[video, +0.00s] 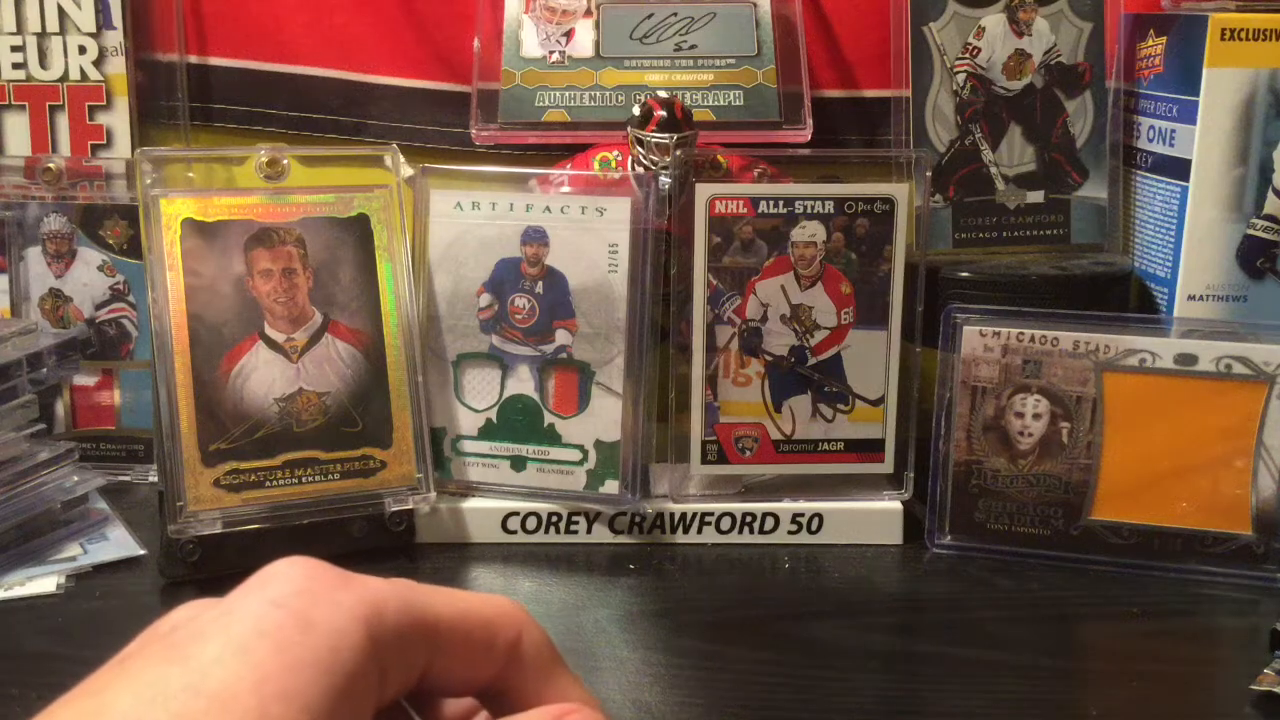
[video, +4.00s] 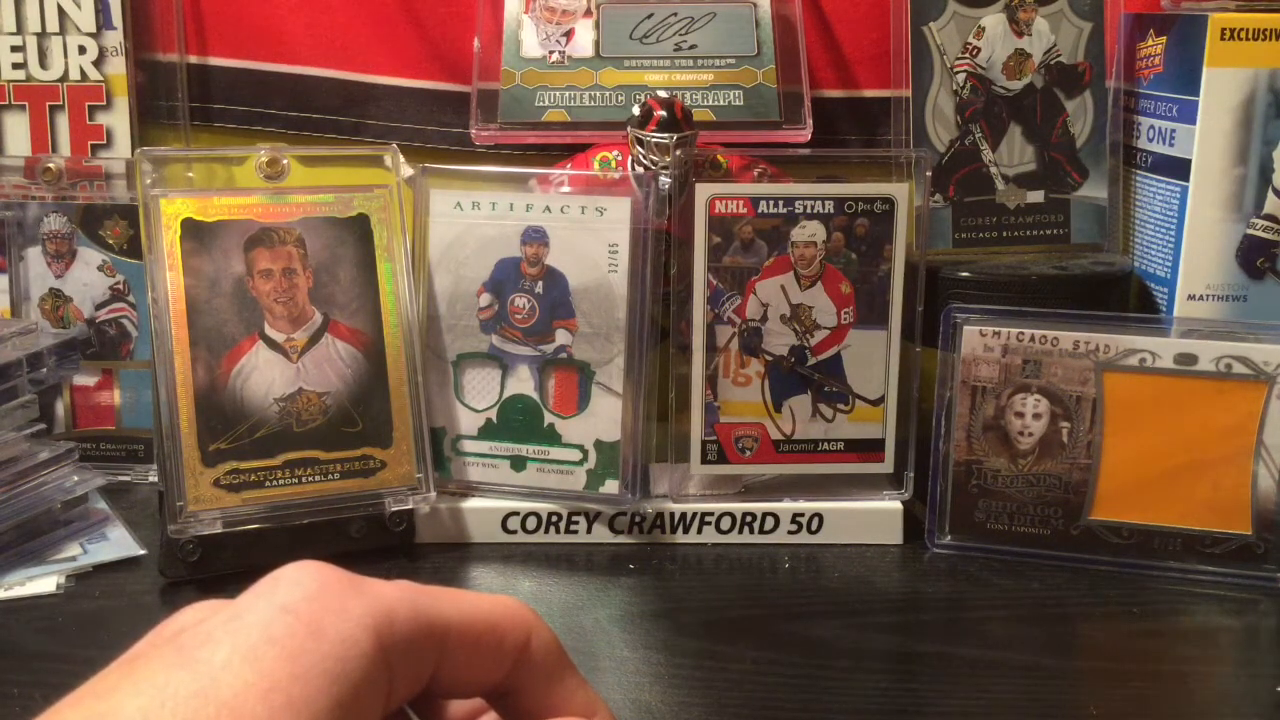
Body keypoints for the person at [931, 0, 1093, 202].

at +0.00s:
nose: (1029, 17)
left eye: (1033, 11)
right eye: (1024, 10)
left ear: (1037, 10)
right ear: (1010, 9)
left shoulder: (1041, 27)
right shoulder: (990, 26)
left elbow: (1051, 58)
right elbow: (965, 63)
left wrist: (1066, 76)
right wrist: (968, 98)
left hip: (1026, 92)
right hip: (992, 94)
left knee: (1055, 124)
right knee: (979, 139)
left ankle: (1063, 176)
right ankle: (943, 183)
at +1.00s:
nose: (1030, 17)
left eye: (1033, 11)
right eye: (1024, 11)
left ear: (1037, 10)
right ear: (1011, 9)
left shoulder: (1041, 27)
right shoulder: (990, 26)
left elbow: (1051, 56)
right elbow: (965, 63)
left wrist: (1064, 75)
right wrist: (968, 97)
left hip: (1025, 92)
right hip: (992, 94)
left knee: (1055, 120)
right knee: (979, 139)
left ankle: (1063, 174)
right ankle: (944, 183)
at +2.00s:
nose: (1030, 17)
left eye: (1034, 11)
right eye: (1025, 11)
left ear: (1037, 11)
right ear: (1011, 9)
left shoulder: (1041, 28)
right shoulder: (990, 26)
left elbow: (1051, 61)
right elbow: (965, 63)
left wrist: (1068, 75)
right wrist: (969, 98)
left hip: (1025, 92)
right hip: (992, 93)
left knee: (1056, 123)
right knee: (980, 139)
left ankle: (1063, 176)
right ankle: (942, 183)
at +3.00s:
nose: (1030, 16)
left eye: (1033, 11)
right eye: (1024, 11)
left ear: (1037, 10)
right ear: (1011, 9)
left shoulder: (1041, 28)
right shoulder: (990, 26)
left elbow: (1051, 62)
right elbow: (965, 63)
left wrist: (1069, 75)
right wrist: (970, 99)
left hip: (1026, 91)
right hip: (992, 93)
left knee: (1056, 124)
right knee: (980, 138)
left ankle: (1063, 176)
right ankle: (942, 184)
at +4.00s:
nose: (1030, 16)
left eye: (1033, 10)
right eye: (1024, 10)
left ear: (1037, 10)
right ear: (1010, 9)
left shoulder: (1041, 27)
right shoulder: (990, 26)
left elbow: (1050, 60)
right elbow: (965, 63)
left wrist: (1067, 75)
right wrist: (969, 98)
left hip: (1025, 92)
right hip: (992, 93)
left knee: (1056, 123)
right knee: (979, 138)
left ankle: (1063, 177)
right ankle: (942, 186)